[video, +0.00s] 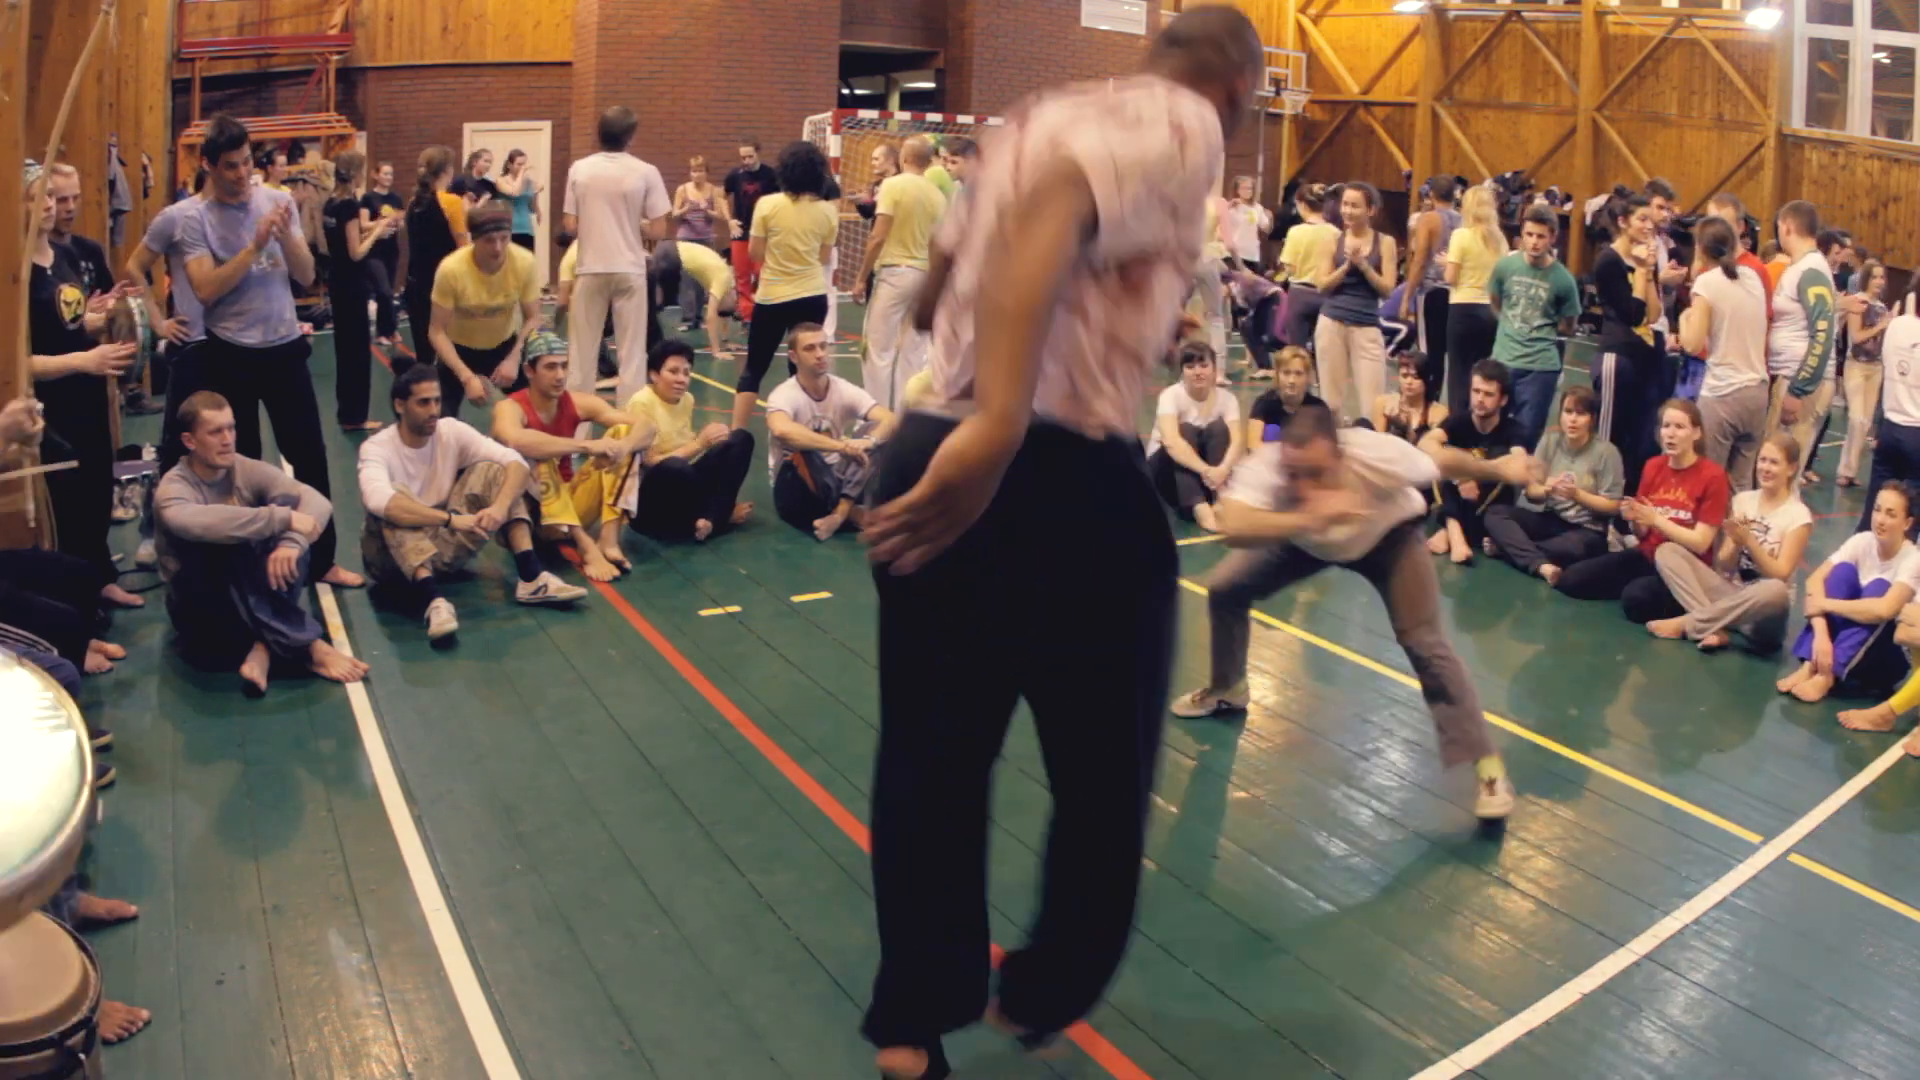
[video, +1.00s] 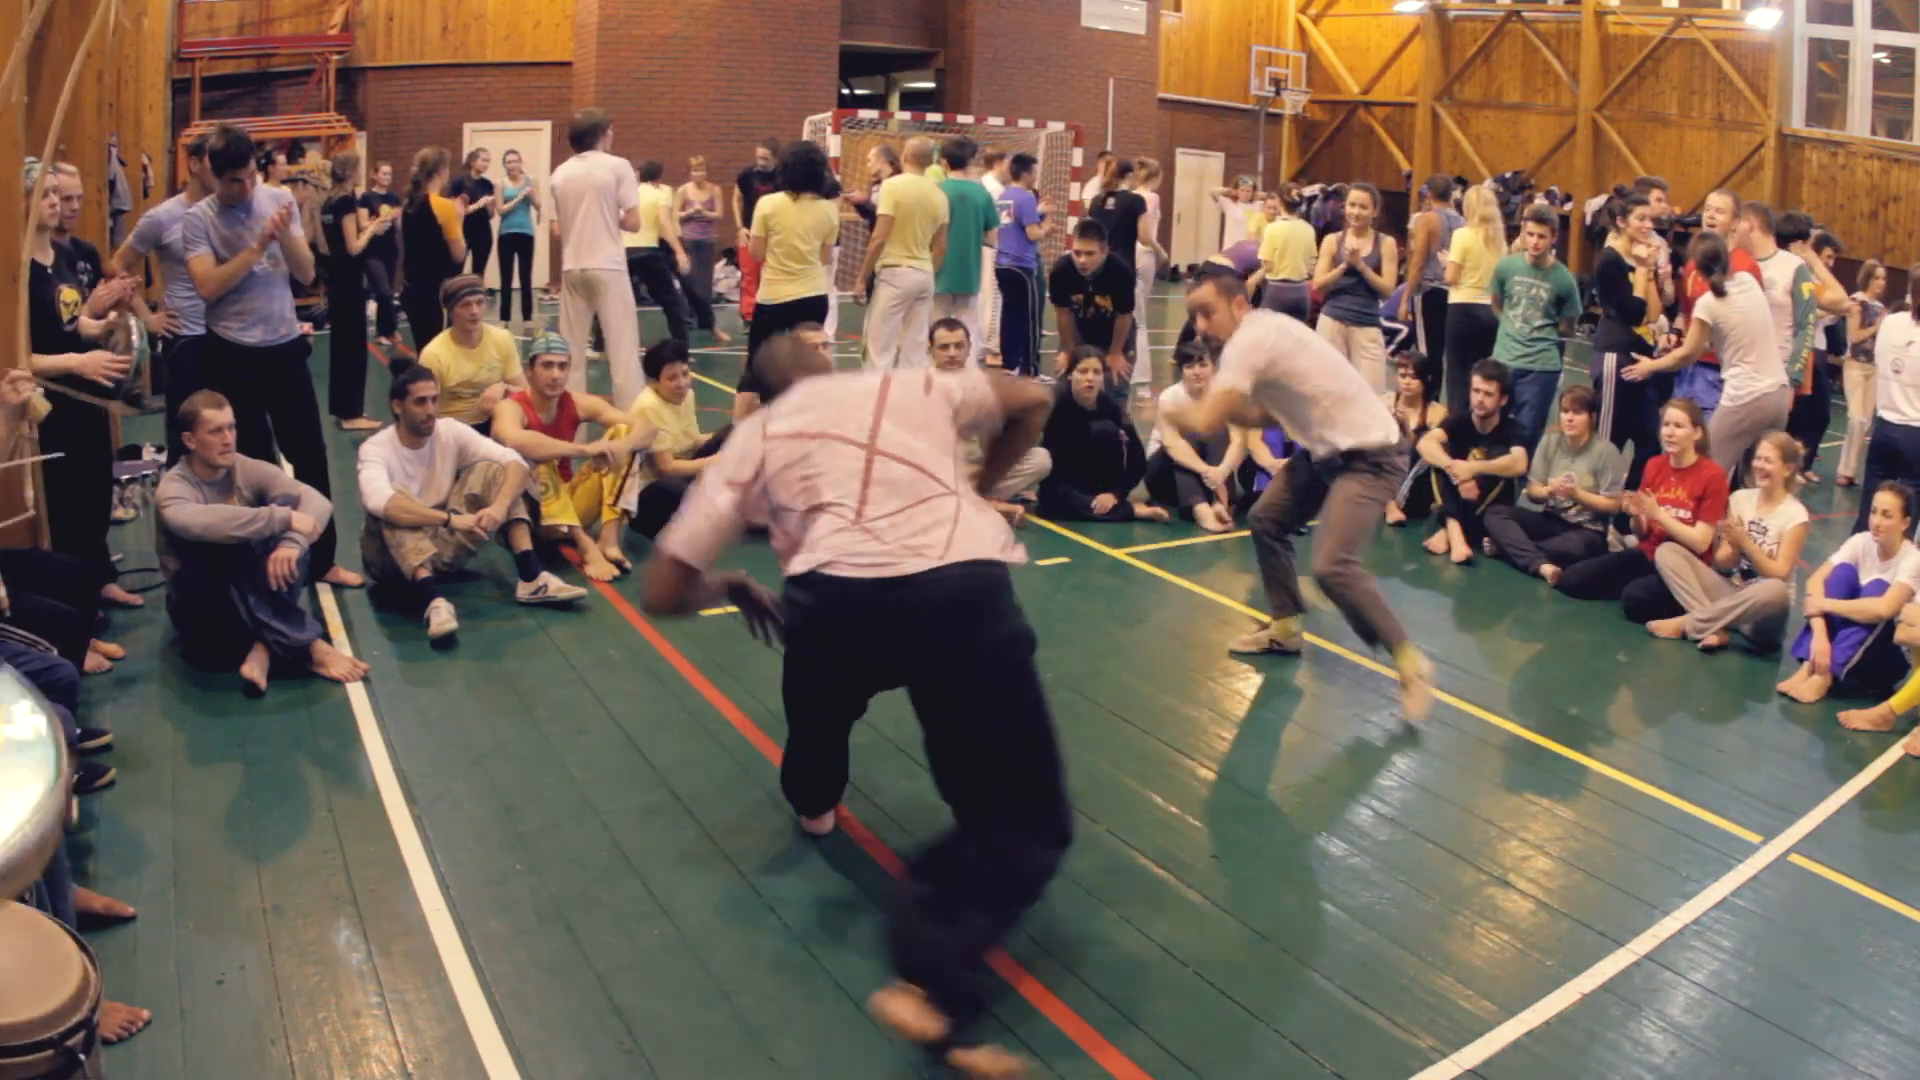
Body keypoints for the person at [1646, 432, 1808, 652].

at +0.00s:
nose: (1765, 468)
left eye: (1774, 462)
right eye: (1762, 460)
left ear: (1792, 469)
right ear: (1756, 463)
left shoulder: (1799, 515)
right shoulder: (1742, 500)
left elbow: (1781, 573)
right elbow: (1722, 565)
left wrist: (1747, 540)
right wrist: (1736, 541)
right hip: (1727, 590)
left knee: (1775, 590)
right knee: (1667, 552)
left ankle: (1685, 624)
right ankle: (1712, 629)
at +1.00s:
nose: (1760, 466)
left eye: (1768, 461)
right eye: (1757, 458)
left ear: (1788, 469)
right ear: (1751, 462)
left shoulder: (1796, 514)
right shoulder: (1739, 498)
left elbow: (1780, 572)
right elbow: (1722, 562)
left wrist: (1743, 541)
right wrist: (1733, 543)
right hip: (1728, 592)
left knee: (1774, 590)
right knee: (1667, 551)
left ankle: (1685, 624)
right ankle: (1711, 629)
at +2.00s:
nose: (1756, 470)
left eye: (1766, 465)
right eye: (1753, 462)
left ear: (1784, 475)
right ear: (1747, 465)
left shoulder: (1794, 521)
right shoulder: (1734, 502)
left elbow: (1776, 579)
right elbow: (1720, 567)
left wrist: (1741, 550)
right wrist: (1732, 553)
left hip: (1760, 605)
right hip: (1725, 593)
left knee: (1775, 594)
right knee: (1666, 552)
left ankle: (1685, 625)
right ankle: (1712, 629)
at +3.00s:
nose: (1753, 472)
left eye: (1763, 467)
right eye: (1751, 464)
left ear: (1783, 475)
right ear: (1745, 466)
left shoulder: (1793, 520)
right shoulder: (1734, 501)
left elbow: (1775, 578)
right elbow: (1720, 566)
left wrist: (1739, 549)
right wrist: (1732, 552)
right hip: (1727, 596)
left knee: (1775, 594)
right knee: (1666, 552)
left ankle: (1685, 624)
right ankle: (1712, 629)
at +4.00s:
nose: (1759, 472)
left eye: (1769, 466)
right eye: (1756, 464)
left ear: (1785, 474)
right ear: (1749, 466)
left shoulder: (1794, 522)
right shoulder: (1735, 502)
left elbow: (1776, 579)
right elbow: (1720, 564)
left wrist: (1742, 549)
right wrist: (1733, 547)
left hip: (1764, 601)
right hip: (1727, 589)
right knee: (1666, 554)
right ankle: (1707, 620)